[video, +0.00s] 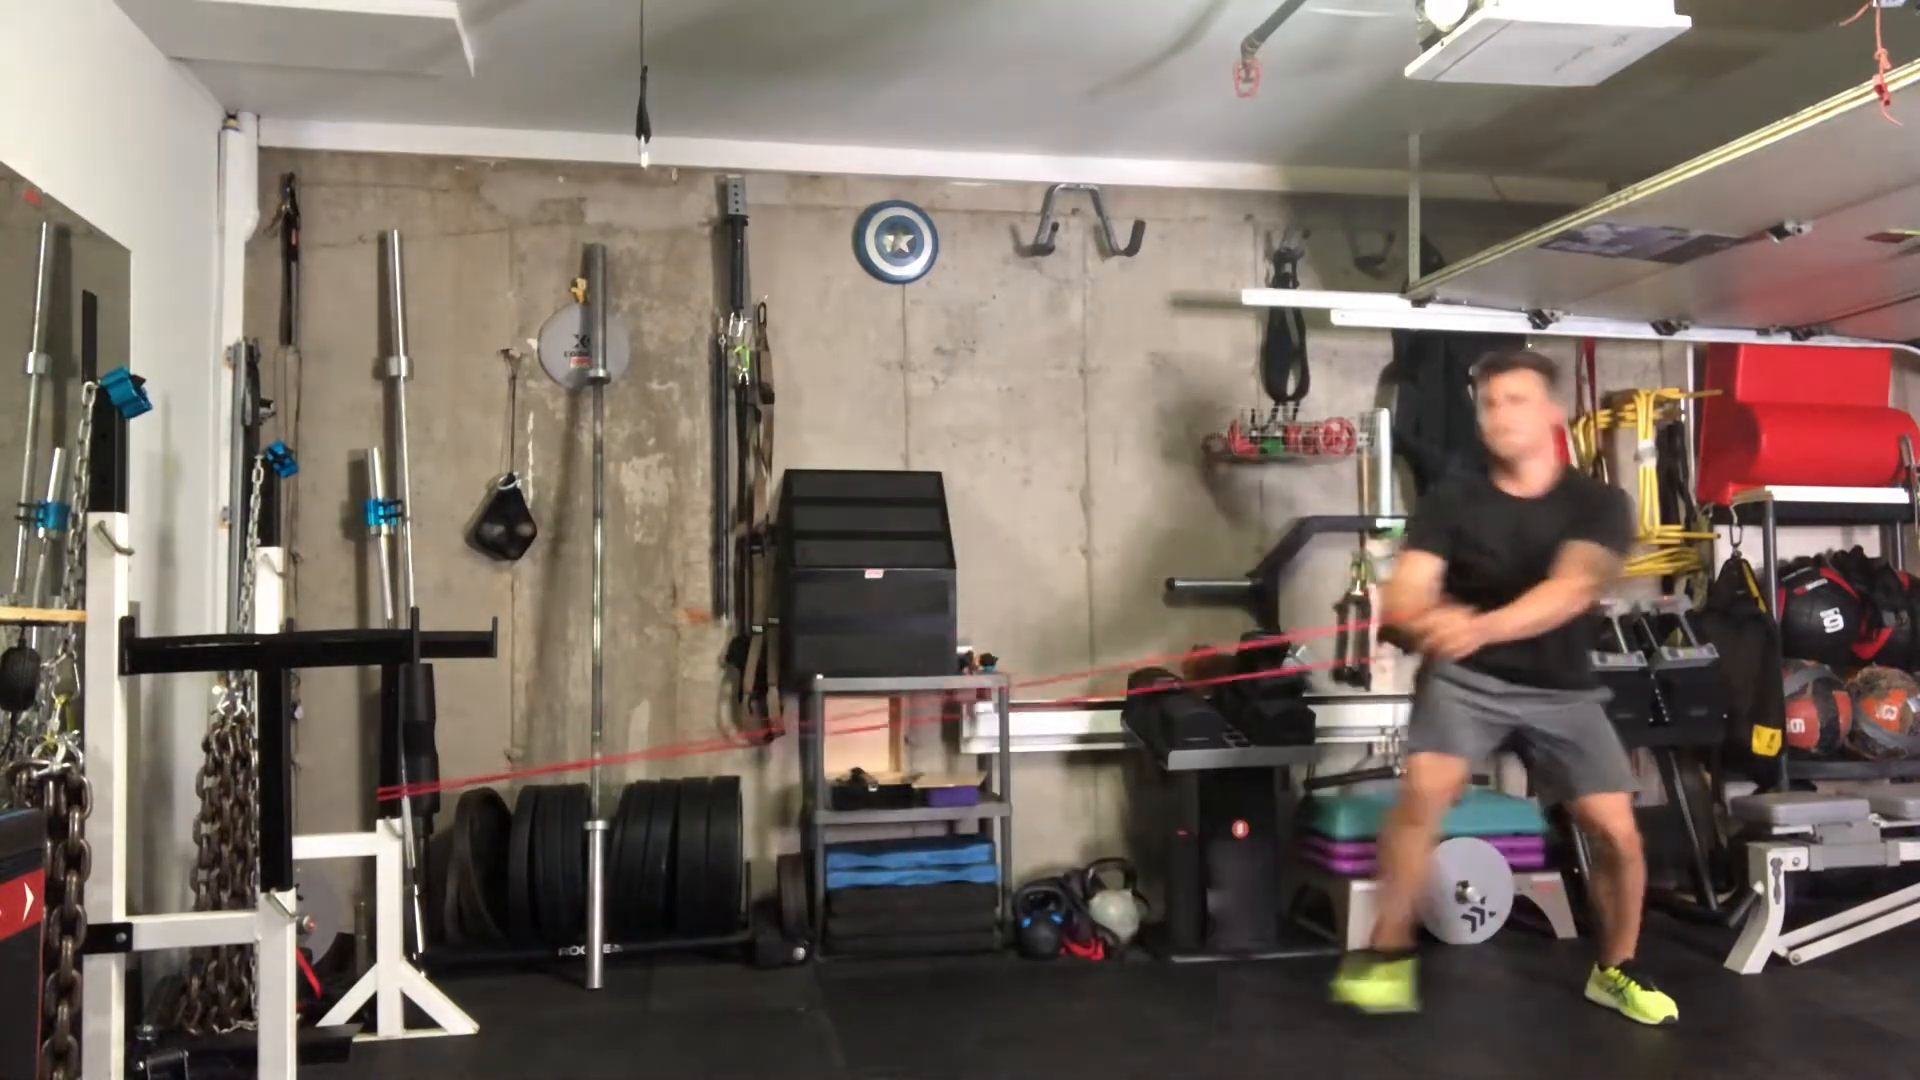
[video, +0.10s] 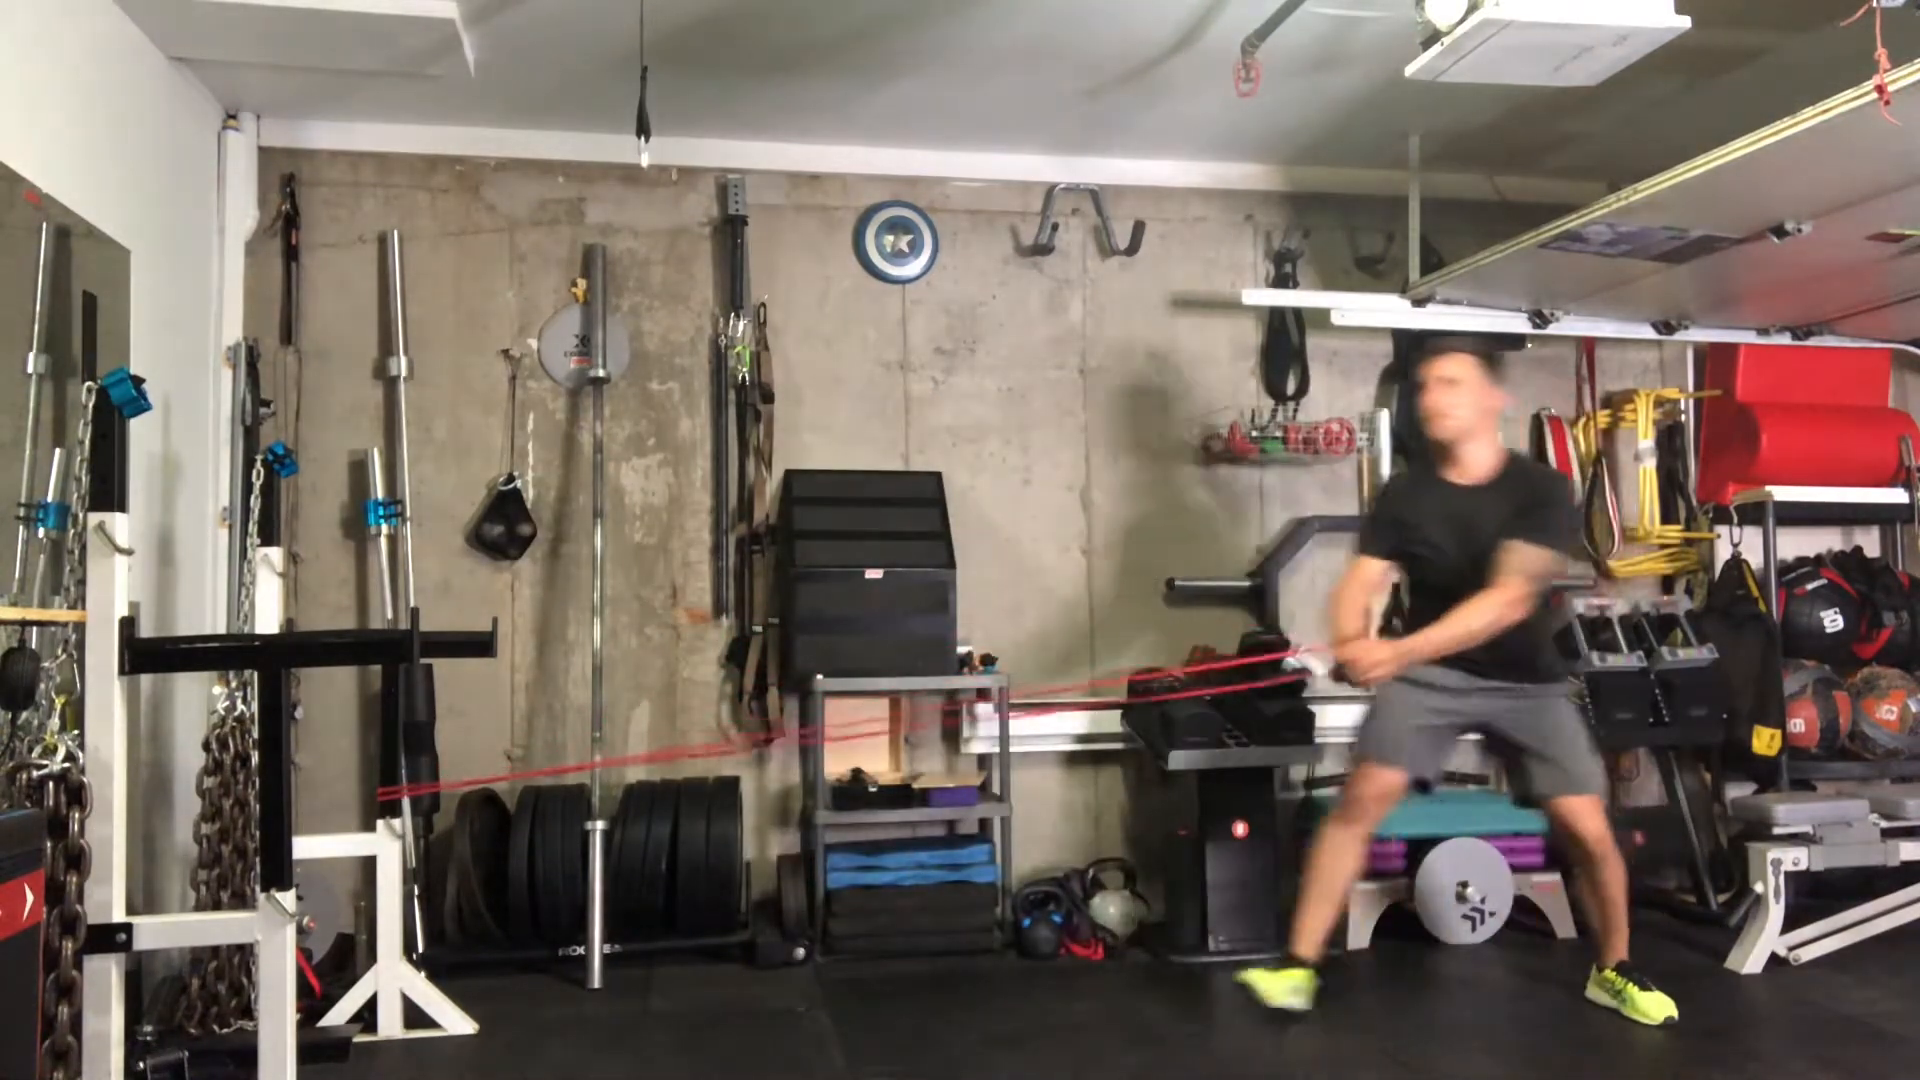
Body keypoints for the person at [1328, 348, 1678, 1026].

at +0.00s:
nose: (1500, 415)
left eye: (1515, 401)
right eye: (1489, 404)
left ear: (1553, 414)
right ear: (1479, 419)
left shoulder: (1597, 503)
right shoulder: (1453, 498)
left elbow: (1572, 590)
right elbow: (1403, 600)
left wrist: (1482, 627)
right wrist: (1439, 623)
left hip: (1565, 696)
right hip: (1463, 687)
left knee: (1619, 836)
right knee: (1422, 797)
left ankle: (1614, 970)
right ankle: (1389, 954)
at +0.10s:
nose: (1432, 397)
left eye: (1450, 384)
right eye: (1424, 387)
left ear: (1494, 398)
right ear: (1414, 403)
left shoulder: (1543, 491)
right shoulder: (1403, 495)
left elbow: (1510, 600)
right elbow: (1360, 590)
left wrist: (1400, 652)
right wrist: (1352, 644)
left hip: (1529, 688)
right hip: (1425, 683)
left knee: (1588, 829)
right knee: (1364, 796)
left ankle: (1612, 971)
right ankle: (1301, 965)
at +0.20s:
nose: (1365, 392)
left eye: (1381, 378)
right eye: (1360, 379)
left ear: (1427, 389)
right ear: (1354, 393)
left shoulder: (1471, 482)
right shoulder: (1344, 487)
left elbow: (1440, 603)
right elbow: (1307, 579)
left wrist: (1323, 658)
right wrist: (1279, 644)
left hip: (1474, 690)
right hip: (1368, 683)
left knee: (1549, 822)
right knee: (1308, 799)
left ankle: (1614, 964)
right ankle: (1273, 972)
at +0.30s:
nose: (1299, 385)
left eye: (1316, 372)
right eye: (1297, 373)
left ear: (1364, 386)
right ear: (1298, 388)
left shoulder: (1402, 482)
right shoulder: (1288, 480)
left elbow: (1359, 603)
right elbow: (1253, 572)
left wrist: (1248, 652)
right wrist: (1219, 631)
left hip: (1408, 690)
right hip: (1312, 681)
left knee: (1479, 818)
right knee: (1263, 797)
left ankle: (1607, 945)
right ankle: (1267, 976)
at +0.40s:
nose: (1253, 368)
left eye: (1268, 356)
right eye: (1254, 355)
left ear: (1314, 369)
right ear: (1267, 368)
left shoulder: (1349, 463)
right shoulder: (1248, 465)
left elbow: (1304, 583)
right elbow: (1211, 555)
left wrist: (1191, 627)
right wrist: (1166, 612)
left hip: (1350, 677)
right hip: (1264, 670)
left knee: (1382, 819)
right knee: (1240, 806)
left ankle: (1526, 916)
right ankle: (1266, 976)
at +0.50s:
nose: (1213, 356)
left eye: (1228, 344)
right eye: (1215, 343)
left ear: (1276, 359)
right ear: (1239, 361)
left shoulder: (1307, 452)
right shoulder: (1212, 454)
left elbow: (1262, 568)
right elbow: (1173, 545)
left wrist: (1155, 605)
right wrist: (1124, 597)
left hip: (1299, 657)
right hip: (1231, 655)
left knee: (1277, 801)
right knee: (1226, 810)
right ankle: (1265, 974)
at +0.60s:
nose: (1175, 354)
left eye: (1191, 340)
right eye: (1176, 340)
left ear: (1238, 354)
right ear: (1192, 355)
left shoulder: (1265, 448)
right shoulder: (1175, 451)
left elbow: (1225, 566)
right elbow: (1138, 541)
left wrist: (1112, 602)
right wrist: (1087, 592)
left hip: (1257, 655)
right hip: (1198, 655)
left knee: (1199, 786)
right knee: (1211, 806)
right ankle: (1247, 982)